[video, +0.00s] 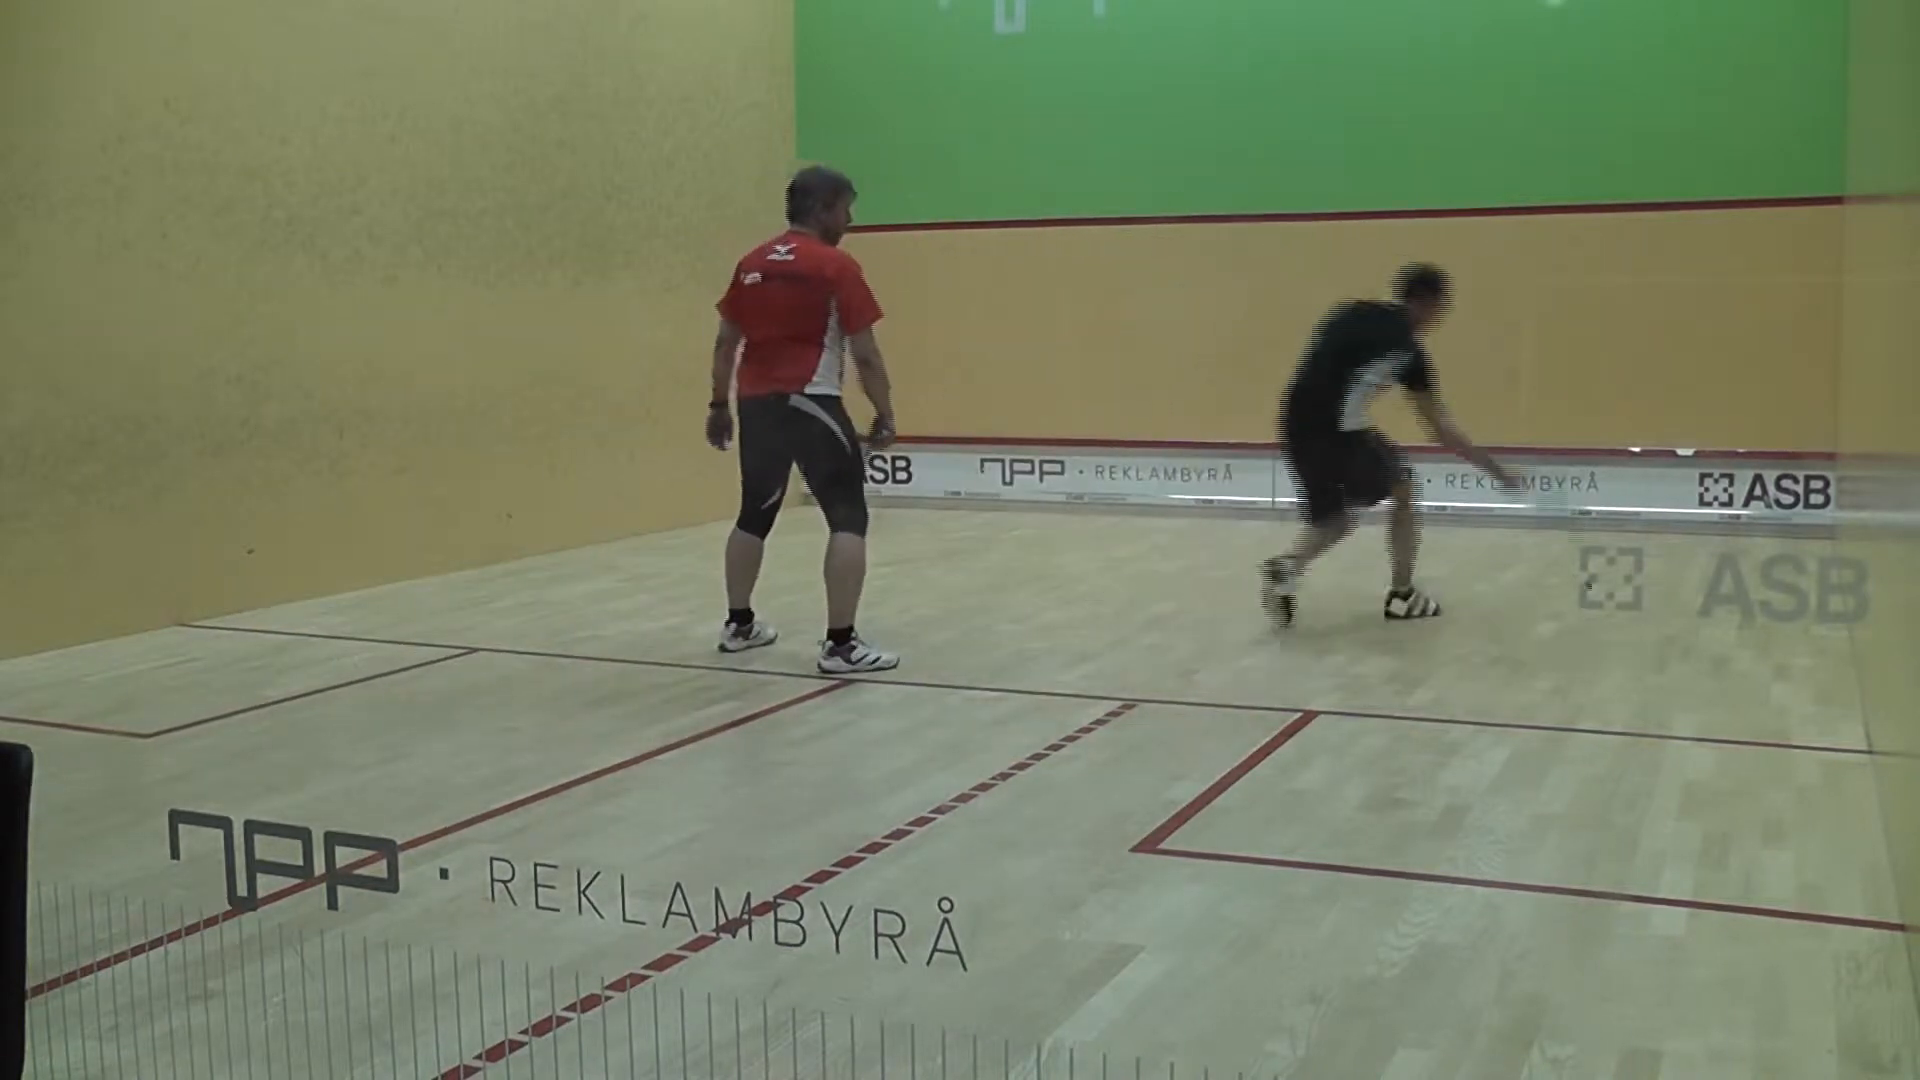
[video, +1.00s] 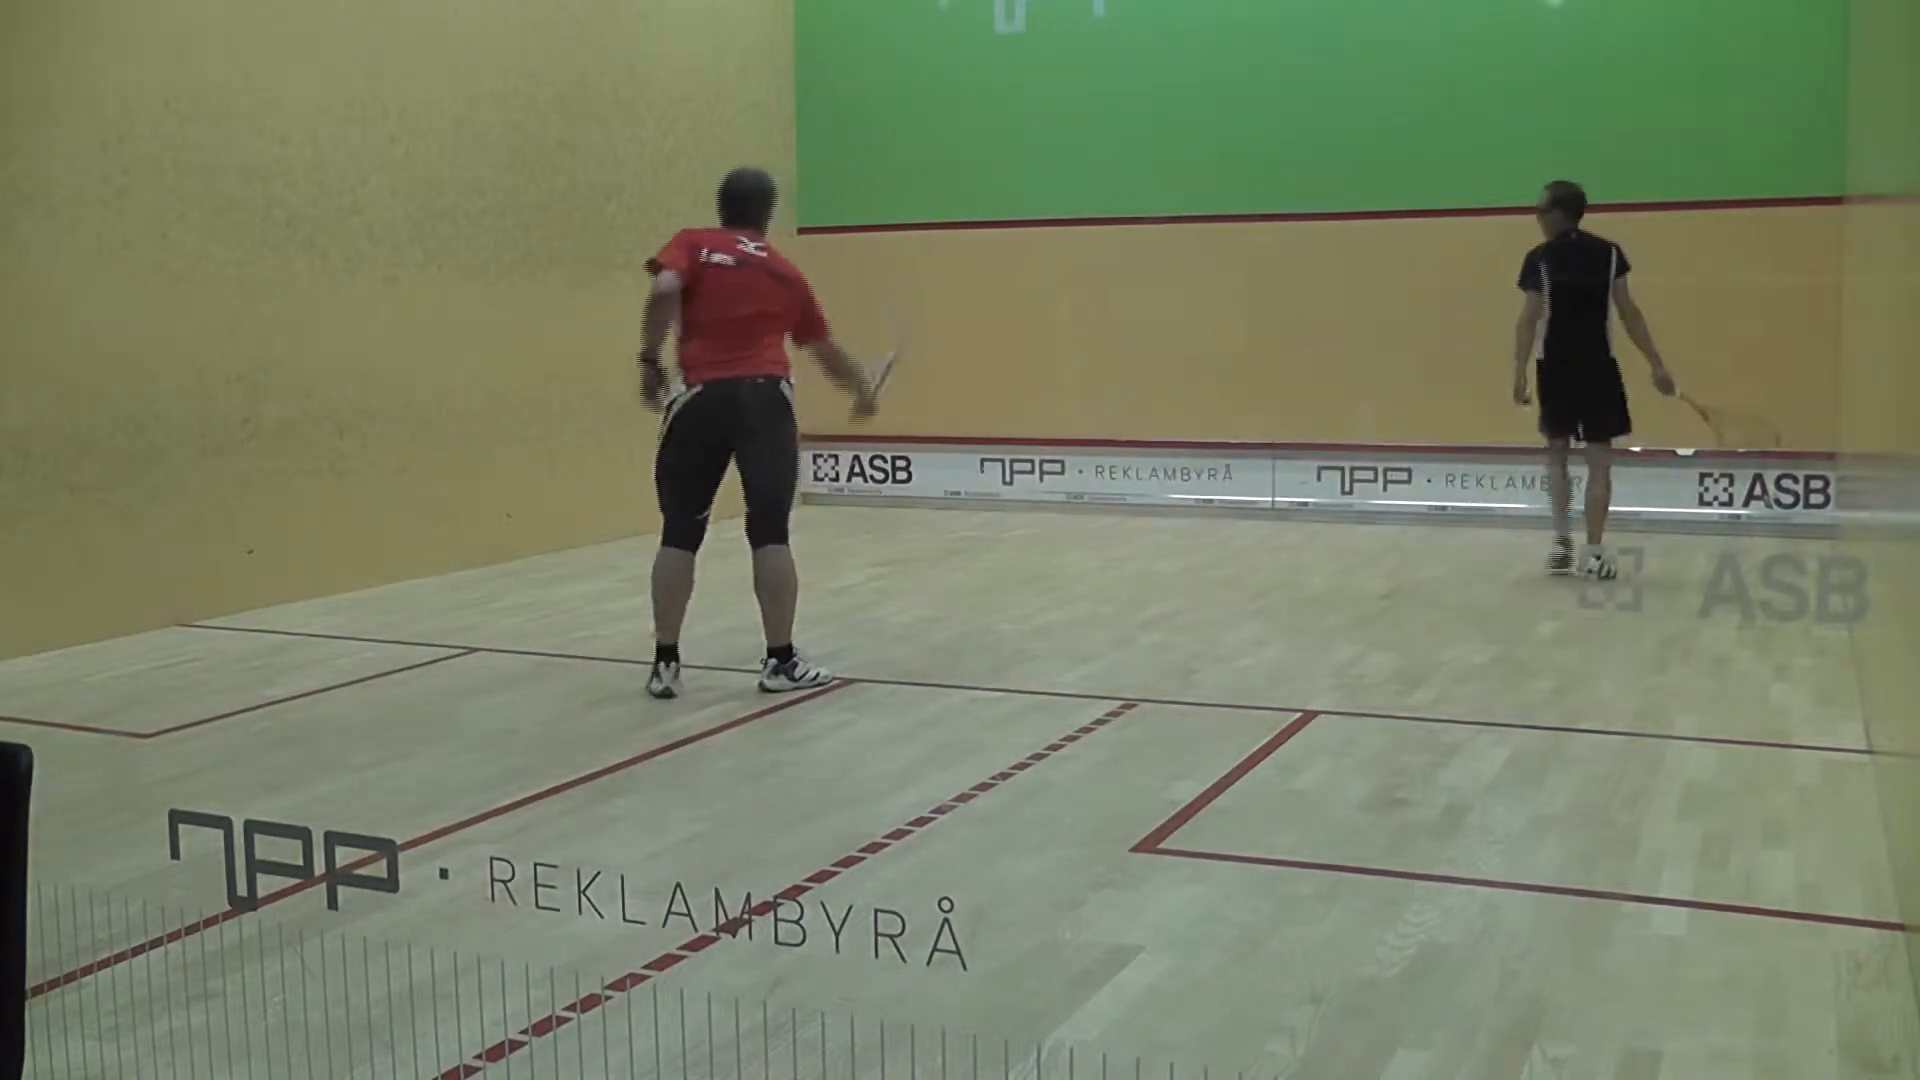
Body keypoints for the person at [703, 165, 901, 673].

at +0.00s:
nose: (850, 221)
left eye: (850, 211)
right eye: (847, 211)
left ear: (798, 208)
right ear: (825, 209)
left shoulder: (755, 260)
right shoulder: (836, 266)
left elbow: (726, 338)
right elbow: (865, 353)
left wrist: (719, 402)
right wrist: (884, 412)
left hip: (755, 406)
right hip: (813, 406)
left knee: (754, 512)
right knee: (848, 517)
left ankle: (738, 625)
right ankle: (841, 643)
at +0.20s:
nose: (860, 212)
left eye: (860, 202)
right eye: (858, 202)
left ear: (807, 203)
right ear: (842, 205)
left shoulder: (763, 253)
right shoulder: (846, 264)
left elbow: (735, 334)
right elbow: (876, 354)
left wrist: (730, 397)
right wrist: (902, 419)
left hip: (754, 402)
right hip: (814, 404)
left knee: (756, 510)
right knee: (843, 520)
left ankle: (719, 621)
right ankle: (841, 644)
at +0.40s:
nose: (840, 212)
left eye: (839, 202)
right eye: (837, 202)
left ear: (787, 204)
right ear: (823, 206)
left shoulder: (752, 256)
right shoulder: (822, 263)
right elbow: (843, 352)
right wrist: (876, 424)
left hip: (740, 408)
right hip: (797, 408)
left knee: (741, 520)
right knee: (841, 517)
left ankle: (699, 638)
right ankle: (842, 644)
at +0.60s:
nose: (817, 221)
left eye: (815, 213)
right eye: (815, 213)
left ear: (762, 218)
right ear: (807, 217)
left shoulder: (730, 262)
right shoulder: (812, 269)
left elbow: (686, 337)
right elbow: (860, 348)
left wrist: (735, 365)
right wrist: (858, 407)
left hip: (707, 406)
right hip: (764, 408)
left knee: (718, 521)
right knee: (827, 509)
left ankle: (692, 649)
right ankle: (815, 647)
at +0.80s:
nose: (798, 222)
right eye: (798, 215)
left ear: (748, 215)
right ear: (799, 219)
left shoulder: (713, 253)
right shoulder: (817, 270)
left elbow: (675, 295)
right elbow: (868, 326)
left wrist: (689, 346)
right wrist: (881, 352)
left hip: (704, 400)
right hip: (768, 403)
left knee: (690, 523)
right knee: (773, 534)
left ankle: (676, 649)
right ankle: (780, 661)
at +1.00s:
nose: (769, 216)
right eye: (771, 209)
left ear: (721, 209)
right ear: (769, 214)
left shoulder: (691, 243)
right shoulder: (783, 273)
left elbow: (664, 289)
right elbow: (825, 350)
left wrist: (650, 359)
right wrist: (862, 386)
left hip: (699, 403)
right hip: (766, 403)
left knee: (679, 533)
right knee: (770, 533)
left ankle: (665, 664)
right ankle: (781, 660)